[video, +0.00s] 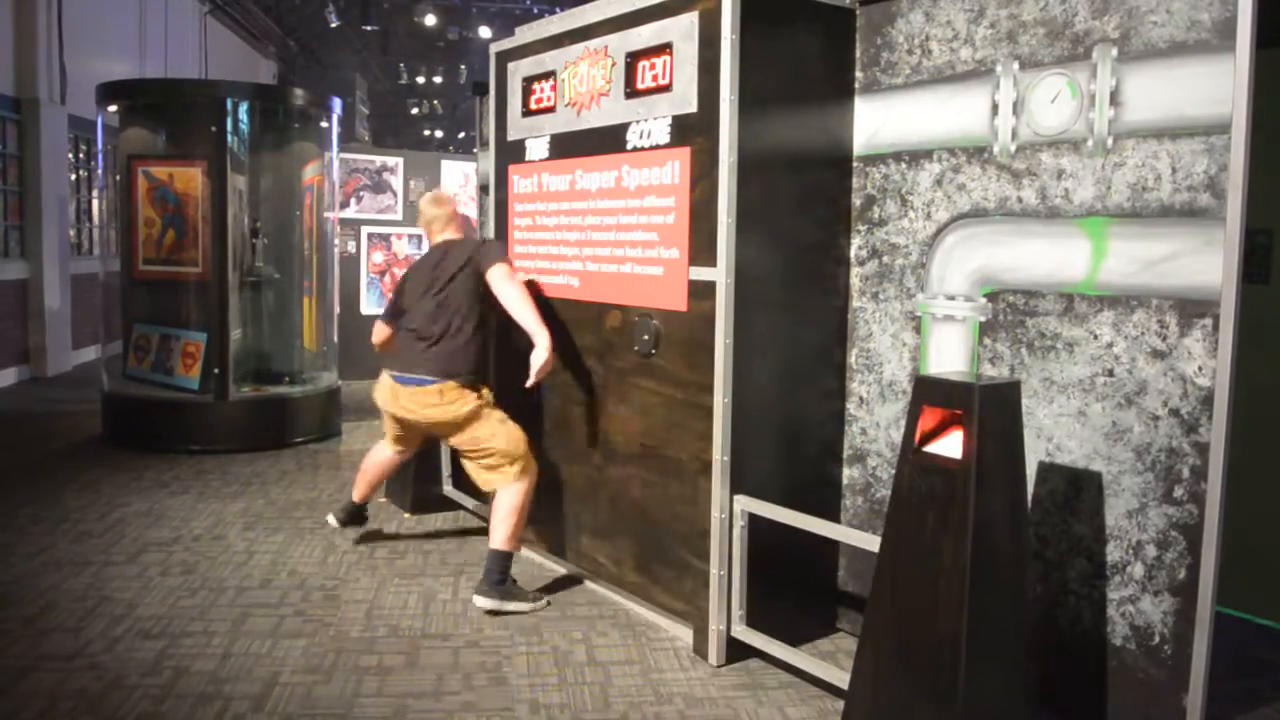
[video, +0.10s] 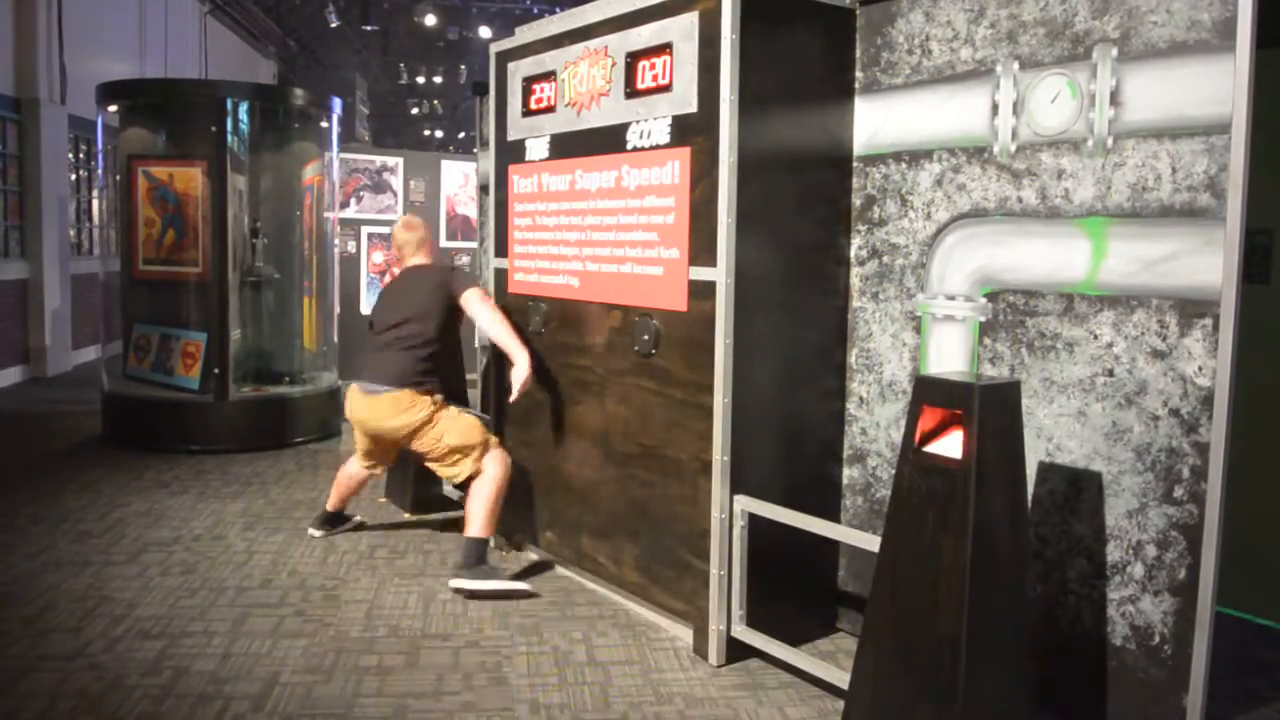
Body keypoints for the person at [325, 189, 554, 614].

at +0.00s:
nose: (466, 220)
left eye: (461, 215)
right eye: (462, 215)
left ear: (425, 231)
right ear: (460, 220)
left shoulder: (413, 272)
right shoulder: (481, 249)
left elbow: (380, 337)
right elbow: (504, 283)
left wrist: (414, 352)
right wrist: (541, 338)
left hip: (395, 389)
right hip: (445, 394)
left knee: (396, 444)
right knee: (518, 468)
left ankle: (351, 509)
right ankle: (495, 582)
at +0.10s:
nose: (435, 249)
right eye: (432, 244)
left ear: (397, 252)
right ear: (431, 246)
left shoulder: (391, 287)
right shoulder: (447, 276)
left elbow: (375, 330)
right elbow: (480, 306)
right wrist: (521, 357)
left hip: (360, 399)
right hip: (406, 403)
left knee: (366, 460)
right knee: (493, 461)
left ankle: (328, 517)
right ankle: (473, 564)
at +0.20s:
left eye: (382, 278)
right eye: (418, 267)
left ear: (384, 280)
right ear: (419, 272)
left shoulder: (381, 304)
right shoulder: (437, 292)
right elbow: (458, 313)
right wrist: (489, 365)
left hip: (341, 398)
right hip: (389, 401)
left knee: (362, 438)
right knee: (473, 456)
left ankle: (329, 514)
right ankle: (435, 548)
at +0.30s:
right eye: (414, 284)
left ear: (381, 293)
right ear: (415, 289)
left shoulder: (369, 313)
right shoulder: (428, 303)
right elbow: (450, 311)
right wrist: (475, 352)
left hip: (332, 386)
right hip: (379, 390)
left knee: (356, 434)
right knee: (463, 446)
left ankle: (331, 514)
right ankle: (428, 544)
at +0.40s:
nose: (421, 289)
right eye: (420, 284)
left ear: (383, 290)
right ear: (417, 287)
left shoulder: (371, 308)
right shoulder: (426, 300)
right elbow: (443, 315)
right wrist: (467, 344)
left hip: (325, 383)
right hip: (370, 382)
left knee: (358, 433)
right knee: (455, 442)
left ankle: (329, 515)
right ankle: (429, 547)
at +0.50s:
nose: (436, 270)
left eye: (434, 265)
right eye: (433, 265)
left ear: (395, 268)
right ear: (421, 264)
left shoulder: (381, 293)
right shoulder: (421, 286)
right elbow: (433, 305)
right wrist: (461, 329)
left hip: (326, 383)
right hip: (366, 383)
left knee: (364, 432)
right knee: (457, 438)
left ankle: (328, 513)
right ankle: (420, 543)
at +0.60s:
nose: (452, 237)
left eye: (450, 230)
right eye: (445, 230)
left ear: (413, 240)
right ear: (420, 237)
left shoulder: (397, 274)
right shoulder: (419, 269)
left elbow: (368, 312)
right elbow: (438, 288)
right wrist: (477, 308)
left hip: (339, 380)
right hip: (368, 382)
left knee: (371, 437)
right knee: (462, 439)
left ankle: (329, 512)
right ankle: (400, 531)